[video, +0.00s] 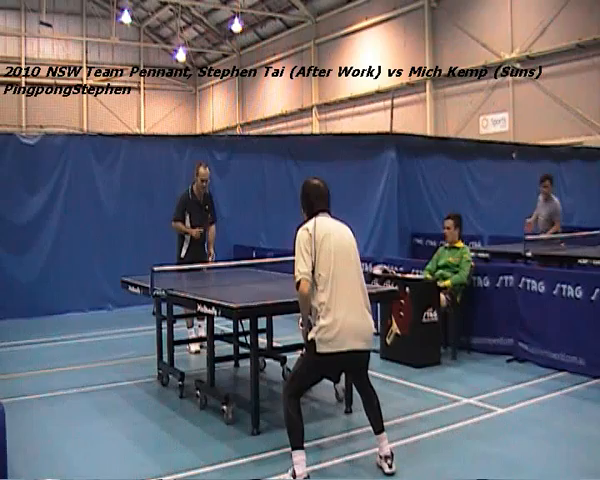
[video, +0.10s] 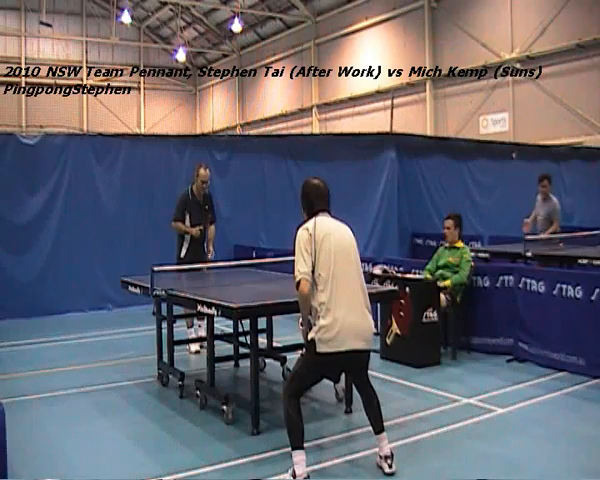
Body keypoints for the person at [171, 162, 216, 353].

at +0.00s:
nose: (204, 184)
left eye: (207, 180)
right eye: (202, 180)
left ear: (209, 180)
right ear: (195, 179)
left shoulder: (208, 198)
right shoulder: (185, 198)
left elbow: (211, 224)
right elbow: (175, 222)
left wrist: (211, 246)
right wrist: (190, 231)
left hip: (202, 250)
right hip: (187, 251)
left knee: (203, 289)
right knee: (187, 292)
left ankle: (201, 327)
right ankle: (191, 332)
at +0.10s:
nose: (205, 186)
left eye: (207, 182)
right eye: (202, 182)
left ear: (209, 181)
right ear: (195, 180)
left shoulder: (208, 197)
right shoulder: (185, 197)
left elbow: (211, 223)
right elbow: (175, 223)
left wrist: (210, 243)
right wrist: (190, 230)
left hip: (202, 250)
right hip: (187, 252)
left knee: (203, 290)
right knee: (187, 292)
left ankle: (201, 327)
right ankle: (191, 333)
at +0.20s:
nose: (205, 187)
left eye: (207, 184)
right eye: (203, 183)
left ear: (209, 183)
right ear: (195, 181)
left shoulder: (208, 198)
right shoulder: (185, 198)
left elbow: (210, 222)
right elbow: (175, 224)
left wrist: (209, 238)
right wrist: (189, 236)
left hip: (201, 250)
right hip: (186, 251)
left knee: (202, 289)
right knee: (187, 292)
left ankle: (200, 328)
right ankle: (191, 333)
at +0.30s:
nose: (205, 189)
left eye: (207, 186)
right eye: (203, 185)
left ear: (209, 185)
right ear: (195, 183)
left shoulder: (207, 198)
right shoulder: (185, 199)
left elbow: (210, 221)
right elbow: (175, 225)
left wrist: (210, 237)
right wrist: (184, 243)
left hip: (201, 249)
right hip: (186, 250)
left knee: (202, 289)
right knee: (187, 292)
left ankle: (199, 327)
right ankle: (191, 332)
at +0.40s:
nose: (205, 191)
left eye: (208, 188)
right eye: (203, 187)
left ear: (209, 186)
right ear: (196, 184)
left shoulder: (207, 199)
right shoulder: (185, 200)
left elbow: (210, 222)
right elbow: (175, 227)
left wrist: (210, 238)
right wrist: (182, 251)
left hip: (200, 251)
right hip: (186, 252)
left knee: (201, 289)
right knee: (187, 293)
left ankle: (199, 327)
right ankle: (191, 332)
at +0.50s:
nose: (206, 192)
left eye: (208, 188)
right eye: (204, 188)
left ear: (210, 187)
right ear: (197, 185)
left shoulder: (207, 200)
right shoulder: (185, 200)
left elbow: (210, 222)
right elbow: (175, 226)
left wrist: (211, 241)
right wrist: (183, 246)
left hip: (200, 250)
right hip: (186, 251)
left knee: (200, 289)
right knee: (187, 292)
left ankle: (198, 327)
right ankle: (190, 332)